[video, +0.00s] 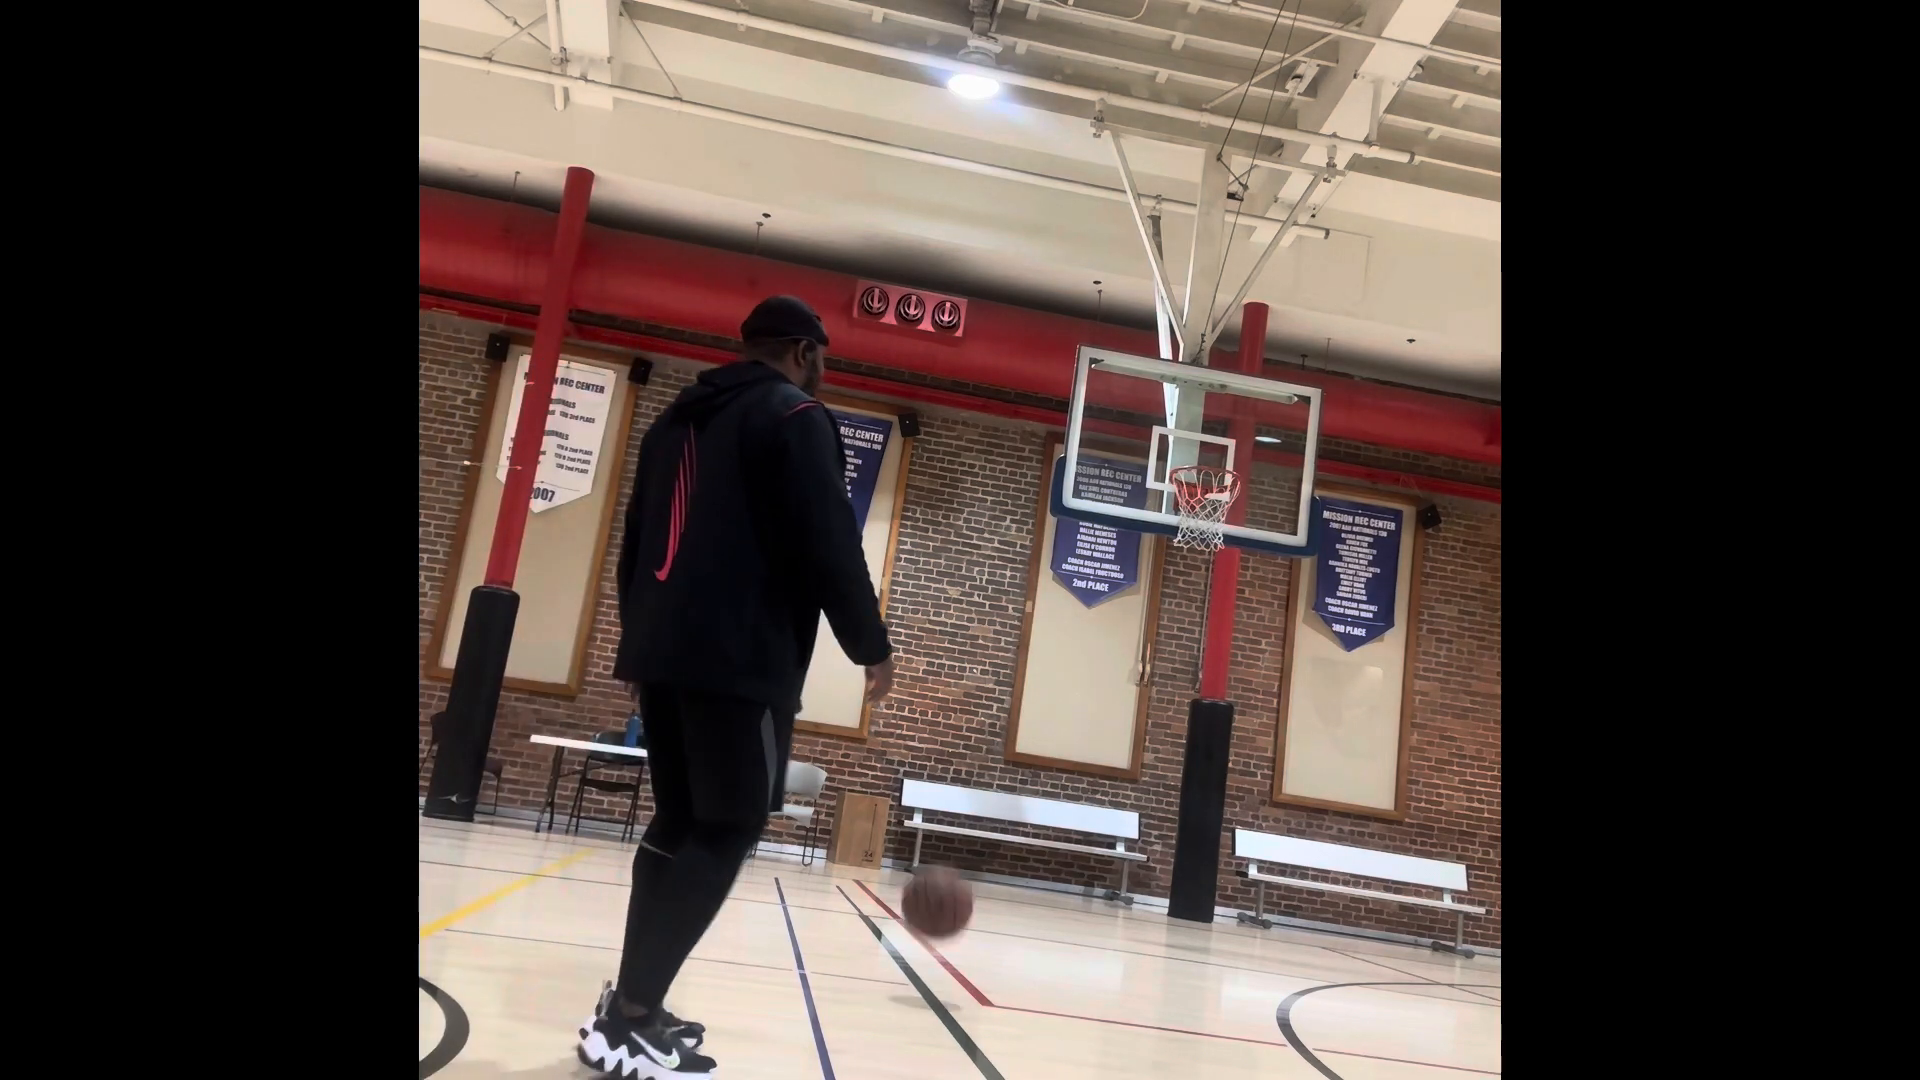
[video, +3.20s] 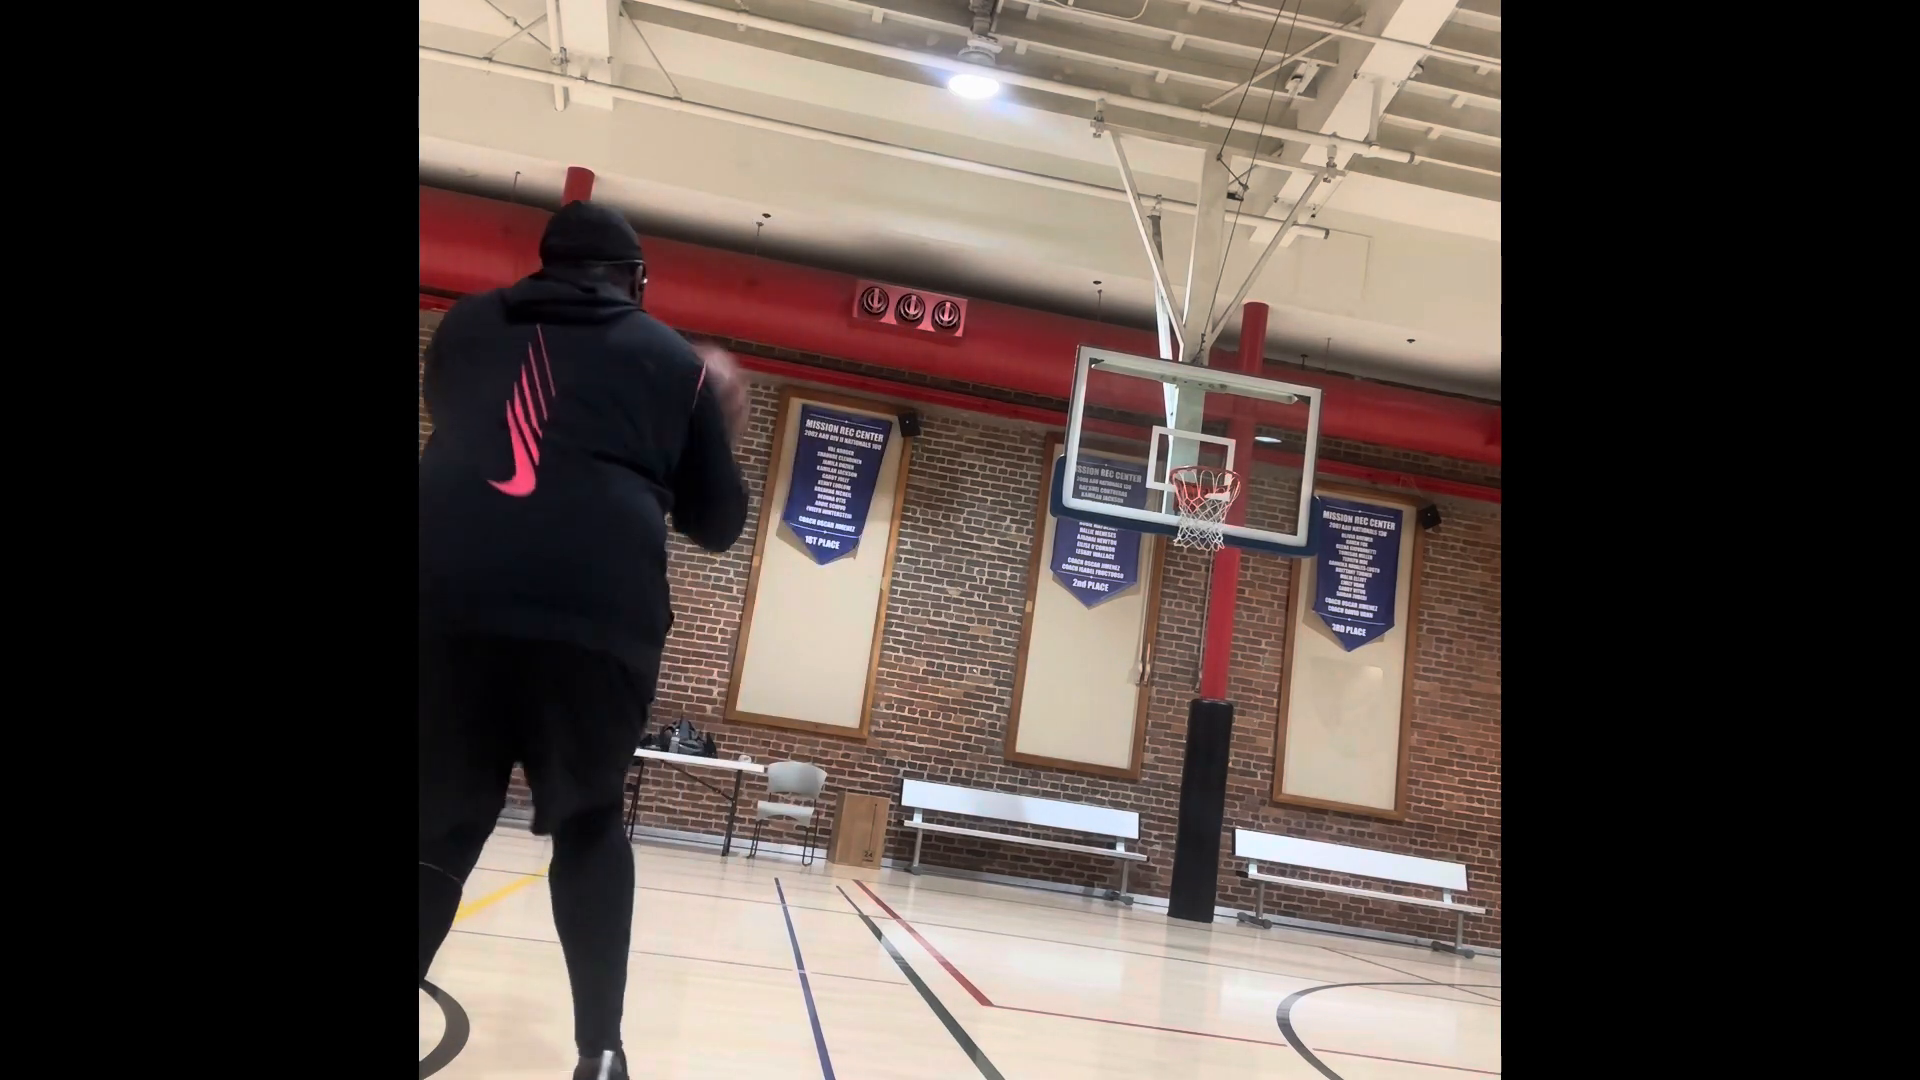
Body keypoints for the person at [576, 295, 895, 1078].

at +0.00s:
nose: (822, 376)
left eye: (822, 365)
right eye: (822, 363)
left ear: (747, 349)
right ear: (801, 354)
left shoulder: (681, 415)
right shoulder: (797, 417)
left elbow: (638, 536)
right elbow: (830, 538)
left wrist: (637, 643)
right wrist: (872, 645)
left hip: (662, 654)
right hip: (739, 665)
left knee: (676, 821)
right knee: (730, 828)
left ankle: (635, 1002)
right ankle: (629, 1019)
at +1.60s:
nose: (822, 327)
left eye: (819, 315)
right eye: (823, 315)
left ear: (743, 283)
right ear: (810, 301)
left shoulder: (640, 349)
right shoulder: (801, 332)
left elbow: (575, 482)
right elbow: (837, 489)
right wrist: (864, 648)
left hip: (564, 593)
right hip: (686, 602)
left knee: (547, 825)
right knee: (676, 860)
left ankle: (484, 1046)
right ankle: (618, 1068)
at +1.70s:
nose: (861, 320)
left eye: (864, 310)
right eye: (863, 308)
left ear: (774, 268)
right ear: (846, 288)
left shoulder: (666, 333)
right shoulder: (831, 319)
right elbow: (867, 474)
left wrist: (788, 618)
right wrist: (904, 618)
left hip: (566, 575)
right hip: (692, 588)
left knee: (531, 827)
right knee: (689, 866)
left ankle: (473, 1048)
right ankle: (618, 1070)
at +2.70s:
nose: (767, 265)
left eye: (767, 254)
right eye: (765, 252)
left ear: (661, 227)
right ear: (749, 242)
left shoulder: (562, 284)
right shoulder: (760, 294)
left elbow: (498, 417)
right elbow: (793, 448)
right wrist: (741, 599)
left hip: (462, 538)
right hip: (619, 554)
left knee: (441, 821)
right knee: (607, 845)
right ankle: (585, 1069)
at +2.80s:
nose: (726, 268)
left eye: (722, 258)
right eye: (727, 256)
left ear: (621, 230)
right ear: (711, 249)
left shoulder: (522, 294)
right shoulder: (736, 309)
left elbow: (469, 424)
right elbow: (774, 471)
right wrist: (693, 591)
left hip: (454, 553)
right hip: (615, 568)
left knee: (438, 820)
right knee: (605, 847)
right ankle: (586, 1069)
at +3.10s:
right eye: (647, 268)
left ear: (555, 253)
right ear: (642, 270)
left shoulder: (466, 316)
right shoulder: (681, 348)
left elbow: (424, 432)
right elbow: (712, 518)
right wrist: (637, 544)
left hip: (445, 585)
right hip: (598, 601)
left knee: (435, 816)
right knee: (603, 813)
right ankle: (605, 1038)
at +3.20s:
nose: (636, 287)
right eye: (636, 276)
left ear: (545, 265)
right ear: (631, 277)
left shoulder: (466, 325)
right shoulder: (674, 365)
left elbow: (447, 408)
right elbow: (717, 522)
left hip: (446, 603)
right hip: (596, 618)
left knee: (439, 828)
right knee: (588, 822)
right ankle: (599, 1052)